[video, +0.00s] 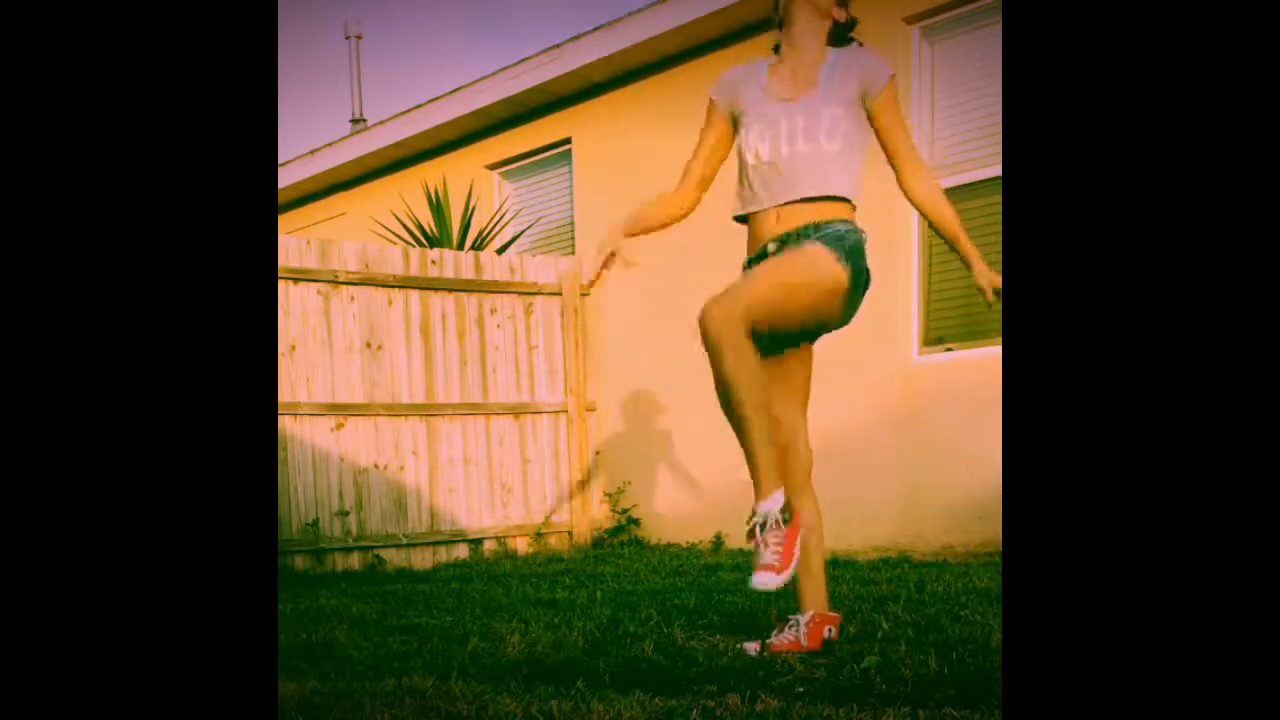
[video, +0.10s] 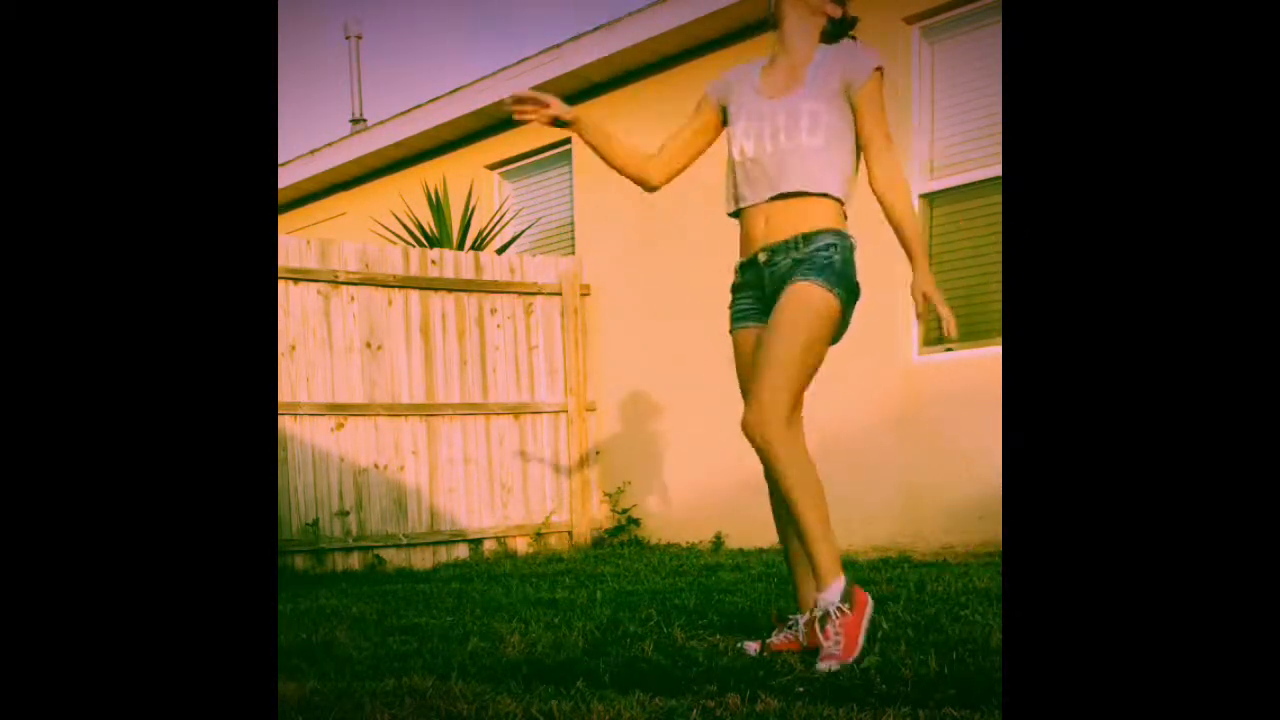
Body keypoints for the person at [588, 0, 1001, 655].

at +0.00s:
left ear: (840, 10)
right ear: (786, 1)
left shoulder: (862, 68)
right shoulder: (738, 83)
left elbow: (914, 176)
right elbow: (688, 192)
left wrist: (976, 262)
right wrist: (622, 228)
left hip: (831, 249)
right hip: (763, 263)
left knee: (721, 315)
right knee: (791, 455)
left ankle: (769, 498)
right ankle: (815, 616)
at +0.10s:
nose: (822, 1)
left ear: (829, 7)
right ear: (784, 0)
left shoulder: (850, 66)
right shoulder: (733, 84)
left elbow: (884, 172)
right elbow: (654, 169)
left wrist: (921, 268)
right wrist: (572, 118)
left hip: (818, 257)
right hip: (753, 271)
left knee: (767, 420)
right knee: (772, 436)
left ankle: (837, 597)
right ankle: (808, 611)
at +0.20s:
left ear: (816, 4)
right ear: (776, 3)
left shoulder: (834, 52)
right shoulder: (726, 78)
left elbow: (854, 156)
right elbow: (621, 122)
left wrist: (854, 237)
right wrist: (594, 24)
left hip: (803, 263)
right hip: (740, 275)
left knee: (796, 446)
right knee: (770, 458)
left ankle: (855, 617)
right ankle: (811, 617)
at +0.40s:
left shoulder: (796, 43)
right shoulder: (690, 53)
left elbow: (847, 154)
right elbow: (582, 35)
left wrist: (815, 145)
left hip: (788, 258)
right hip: (727, 273)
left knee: (733, 426)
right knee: (774, 439)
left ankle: (814, 595)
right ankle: (808, 604)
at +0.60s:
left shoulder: (757, 43)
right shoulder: (648, 45)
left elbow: (829, 129)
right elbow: (547, 7)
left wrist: (837, 145)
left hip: (767, 267)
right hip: (712, 282)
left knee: (697, 437)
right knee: (755, 462)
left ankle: (733, 617)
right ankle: (811, 615)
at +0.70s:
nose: (642, 2)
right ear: (646, 8)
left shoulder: (739, 48)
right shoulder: (633, 54)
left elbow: (825, 152)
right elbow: (524, 16)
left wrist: (804, 111)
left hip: (753, 269)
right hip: (701, 280)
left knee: (688, 452)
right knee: (654, 456)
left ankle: (734, 622)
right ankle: (772, 570)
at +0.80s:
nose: (621, 5)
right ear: (635, 9)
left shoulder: (719, 24)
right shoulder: (628, 52)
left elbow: (798, 33)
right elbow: (511, 48)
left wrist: (754, 7)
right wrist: (407, 14)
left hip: (750, 263)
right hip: (690, 266)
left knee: (701, 447)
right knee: (572, 344)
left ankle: (735, 624)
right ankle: (680, 450)